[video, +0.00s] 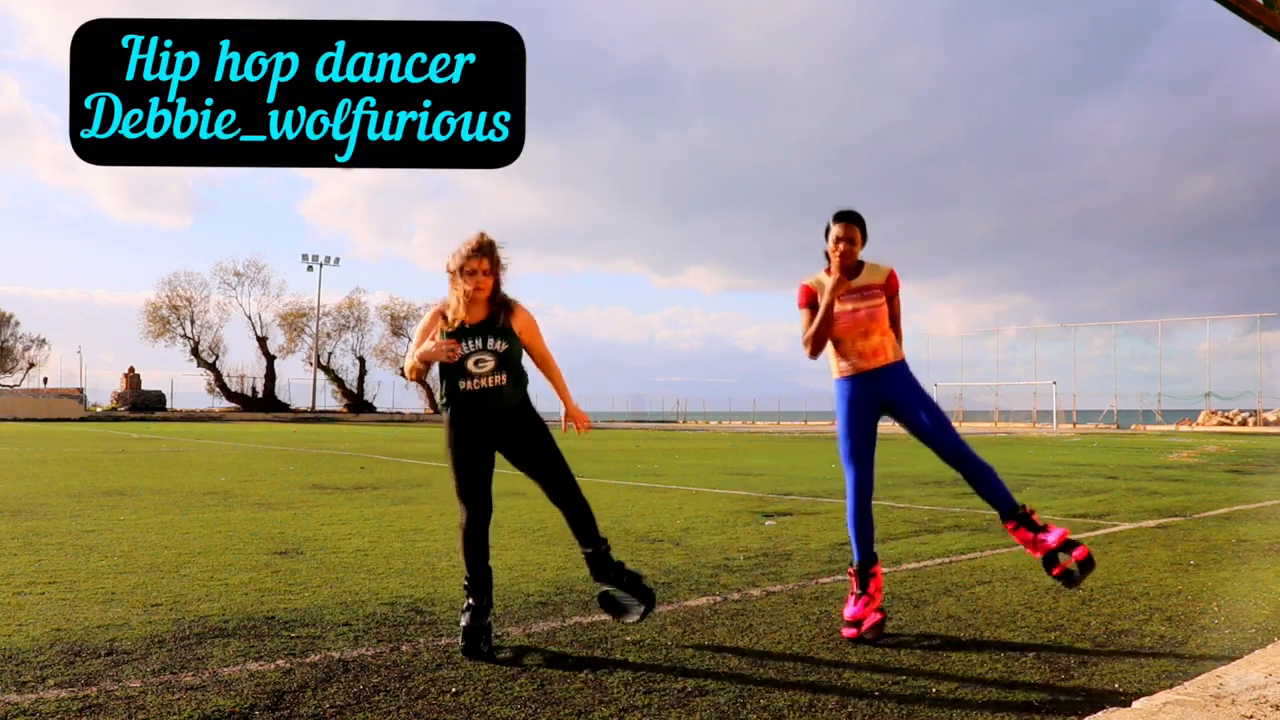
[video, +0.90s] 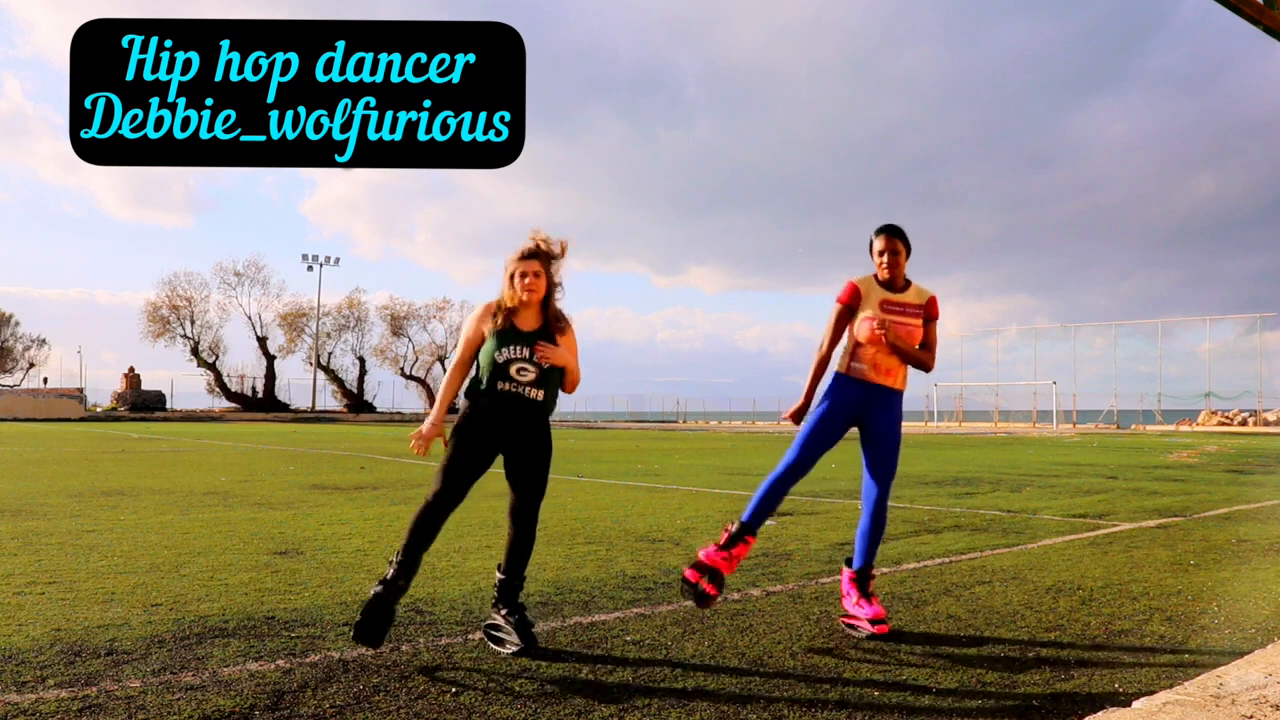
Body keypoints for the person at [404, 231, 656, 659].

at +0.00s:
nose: (479, 281)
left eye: (486, 273)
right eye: (470, 273)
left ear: (496, 276)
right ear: (455, 275)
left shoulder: (514, 315)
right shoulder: (438, 319)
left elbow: (544, 360)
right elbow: (411, 371)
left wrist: (568, 402)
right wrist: (425, 354)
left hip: (515, 418)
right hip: (466, 425)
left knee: (564, 488)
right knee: (475, 513)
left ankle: (604, 567)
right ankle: (477, 606)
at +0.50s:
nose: (491, 274)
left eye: (499, 267)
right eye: (484, 267)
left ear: (510, 273)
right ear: (471, 271)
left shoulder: (526, 310)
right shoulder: (455, 311)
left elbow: (560, 359)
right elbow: (431, 365)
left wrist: (538, 368)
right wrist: (447, 378)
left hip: (524, 414)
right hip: (477, 418)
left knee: (554, 499)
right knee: (490, 511)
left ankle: (560, 585)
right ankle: (497, 606)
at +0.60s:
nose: (506, 254)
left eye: (514, 247)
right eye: (499, 246)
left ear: (527, 253)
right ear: (488, 249)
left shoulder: (540, 287)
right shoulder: (472, 278)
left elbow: (574, 336)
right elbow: (444, 328)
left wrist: (547, 309)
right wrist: (439, 372)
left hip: (527, 399)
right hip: (478, 399)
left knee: (537, 492)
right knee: (483, 495)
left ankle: (532, 575)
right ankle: (484, 592)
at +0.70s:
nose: (512, 256)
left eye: (520, 248)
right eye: (504, 248)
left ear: (535, 252)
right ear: (494, 251)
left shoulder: (548, 287)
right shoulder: (478, 276)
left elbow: (579, 338)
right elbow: (449, 328)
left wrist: (552, 307)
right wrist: (434, 376)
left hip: (527, 393)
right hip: (479, 391)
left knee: (529, 493)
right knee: (473, 488)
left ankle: (517, 591)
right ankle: (464, 590)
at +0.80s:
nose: (522, 273)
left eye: (530, 267)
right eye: (514, 267)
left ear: (542, 274)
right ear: (503, 274)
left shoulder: (556, 315)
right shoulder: (485, 305)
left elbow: (578, 373)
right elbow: (453, 357)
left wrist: (565, 341)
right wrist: (427, 408)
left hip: (529, 421)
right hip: (481, 416)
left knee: (524, 509)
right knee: (456, 495)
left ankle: (509, 602)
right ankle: (417, 590)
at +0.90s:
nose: (528, 282)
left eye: (536, 275)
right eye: (521, 275)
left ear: (548, 283)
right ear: (511, 281)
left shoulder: (561, 328)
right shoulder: (488, 315)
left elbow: (571, 386)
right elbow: (458, 368)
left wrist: (566, 361)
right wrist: (434, 421)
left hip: (531, 430)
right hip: (482, 422)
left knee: (525, 517)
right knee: (442, 499)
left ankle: (506, 607)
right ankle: (390, 590)